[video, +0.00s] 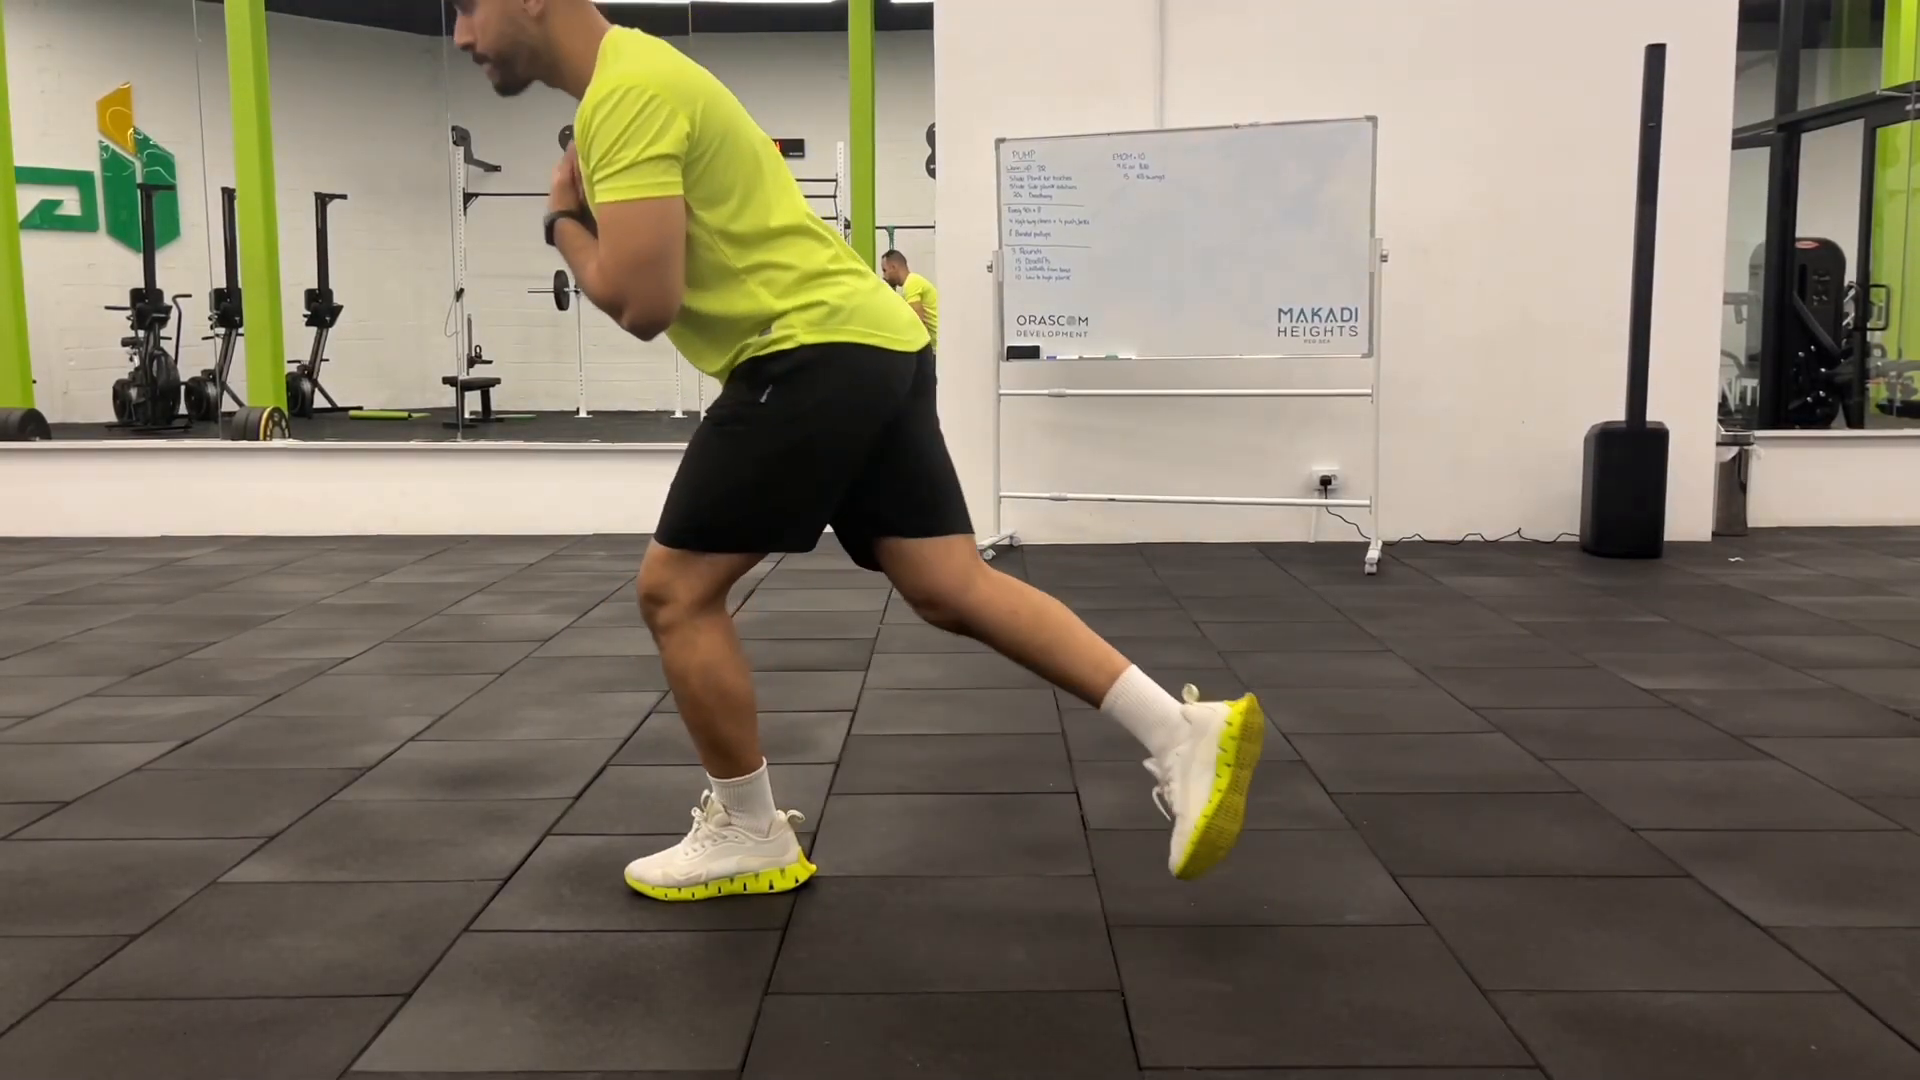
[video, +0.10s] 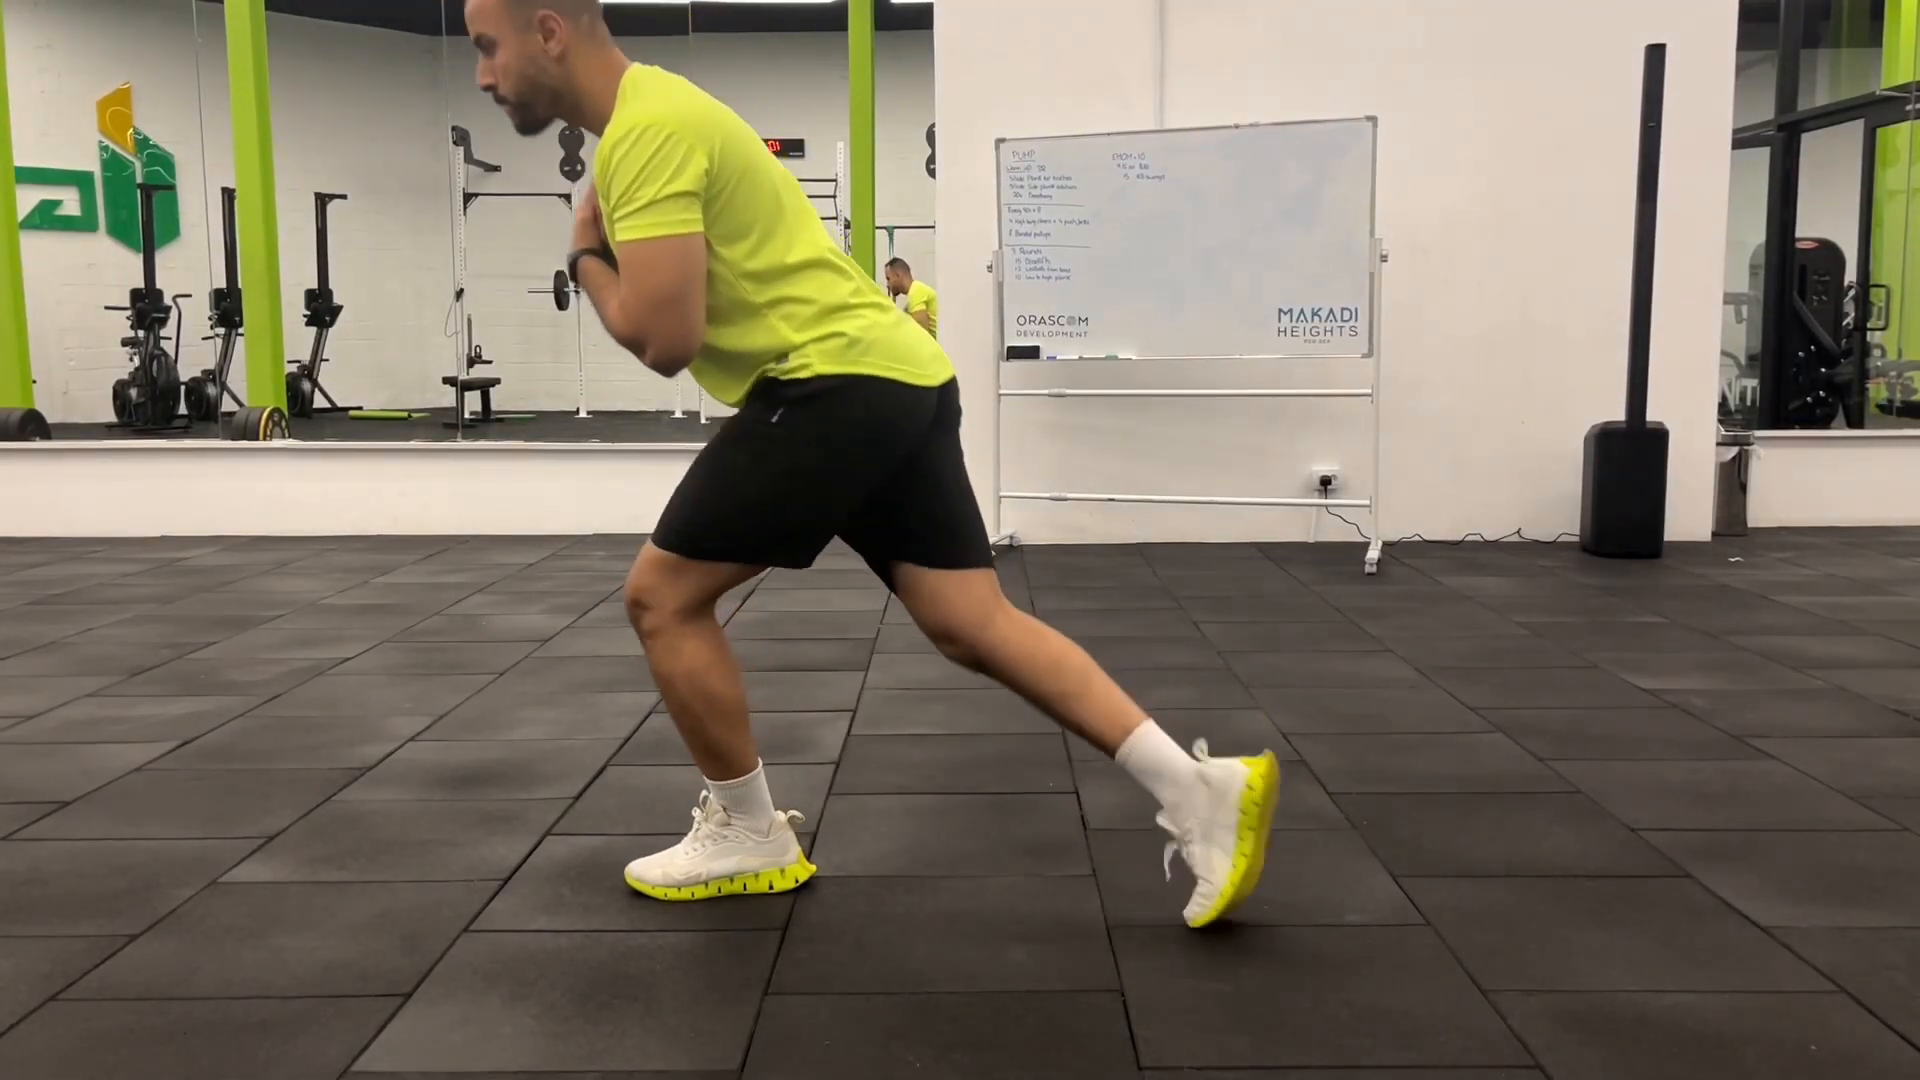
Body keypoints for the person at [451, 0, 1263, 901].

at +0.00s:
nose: (460, 36)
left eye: (467, 9)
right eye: (455, 17)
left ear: (530, 1)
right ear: (543, 8)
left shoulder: (632, 89)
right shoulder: (641, 79)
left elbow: (641, 302)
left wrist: (561, 223)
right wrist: (590, 223)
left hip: (807, 357)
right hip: (877, 342)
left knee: (678, 592)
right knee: (950, 583)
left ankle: (747, 830)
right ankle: (1181, 730)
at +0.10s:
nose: (482, 77)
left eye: (486, 47)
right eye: (474, 51)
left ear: (555, 31)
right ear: (562, 35)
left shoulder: (650, 130)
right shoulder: (668, 112)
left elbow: (663, 335)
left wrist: (587, 258)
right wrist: (609, 255)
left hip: (826, 391)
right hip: (900, 380)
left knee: (663, 597)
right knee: (973, 620)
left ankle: (748, 831)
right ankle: (1194, 790)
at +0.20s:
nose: (512, 116)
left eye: (518, 87)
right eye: (507, 93)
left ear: (580, 72)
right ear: (589, 72)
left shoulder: (679, 169)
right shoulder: (700, 155)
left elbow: (681, 377)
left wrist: (609, 297)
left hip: (853, 426)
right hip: (926, 422)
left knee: (651, 605)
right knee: (975, 673)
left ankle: (745, 831)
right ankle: (1231, 817)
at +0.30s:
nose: (541, 147)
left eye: (548, 121)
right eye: (536, 123)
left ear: (609, 107)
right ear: (620, 107)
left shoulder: (702, 204)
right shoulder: (727, 188)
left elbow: (701, 419)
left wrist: (636, 340)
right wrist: (663, 342)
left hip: (865, 469)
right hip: (941, 465)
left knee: (644, 609)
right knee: (973, 724)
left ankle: (747, 829)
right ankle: (1242, 831)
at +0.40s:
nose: (564, 175)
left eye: (572, 148)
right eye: (560, 151)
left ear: (634, 134)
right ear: (645, 135)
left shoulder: (725, 233)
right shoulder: (744, 217)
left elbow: (711, 447)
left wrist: (654, 360)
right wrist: (684, 370)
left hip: (882, 494)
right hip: (949, 497)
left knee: (641, 613)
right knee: (970, 761)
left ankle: (747, 830)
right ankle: (1249, 831)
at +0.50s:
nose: (578, 193)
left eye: (585, 164)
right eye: (573, 168)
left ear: (649, 152)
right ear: (658, 154)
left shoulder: (741, 253)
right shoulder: (758, 237)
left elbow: (724, 465)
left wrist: (666, 379)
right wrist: (693, 383)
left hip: (887, 514)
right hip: (951, 518)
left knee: (640, 616)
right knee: (959, 787)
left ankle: (745, 834)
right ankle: (1232, 828)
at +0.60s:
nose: (593, 200)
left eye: (602, 174)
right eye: (590, 176)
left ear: (665, 165)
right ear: (674, 165)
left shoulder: (753, 266)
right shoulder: (771, 248)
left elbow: (731, 479)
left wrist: (676, 384)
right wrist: (700, 391)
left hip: (893, 530)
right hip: (957, 537)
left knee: (639, 617)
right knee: (952, 805)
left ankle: (745, 835)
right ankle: (1226, 823)